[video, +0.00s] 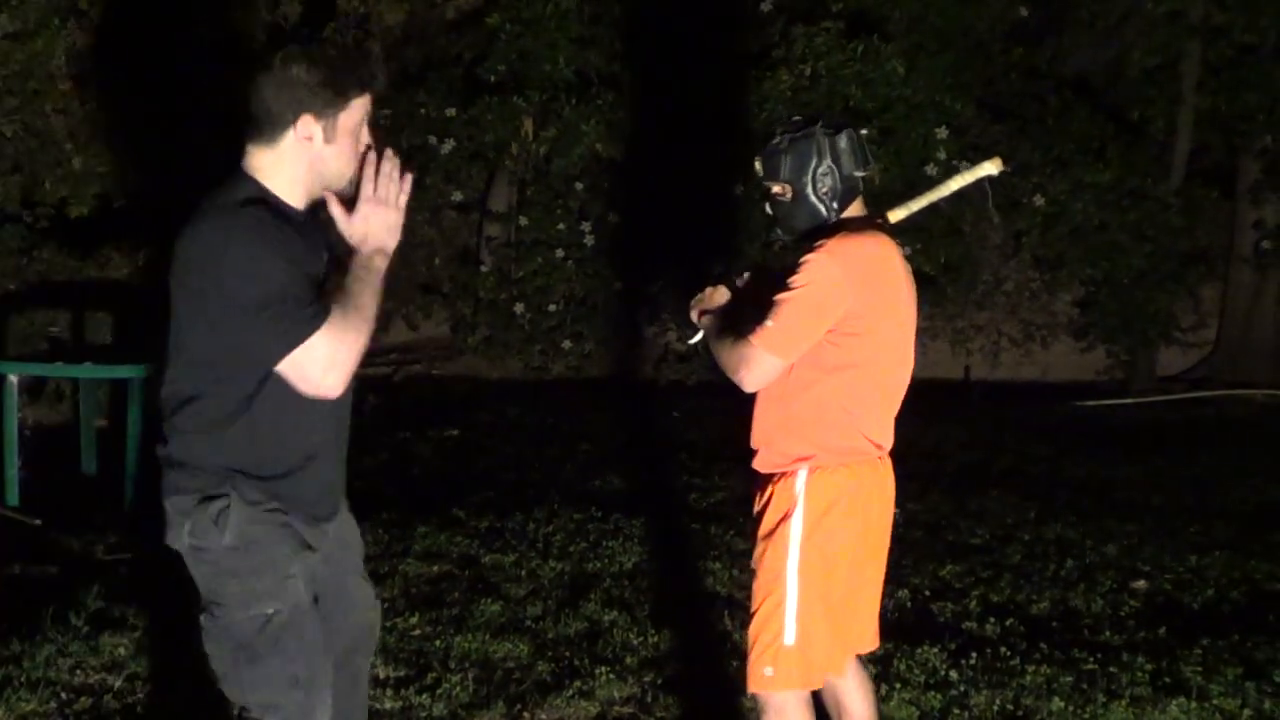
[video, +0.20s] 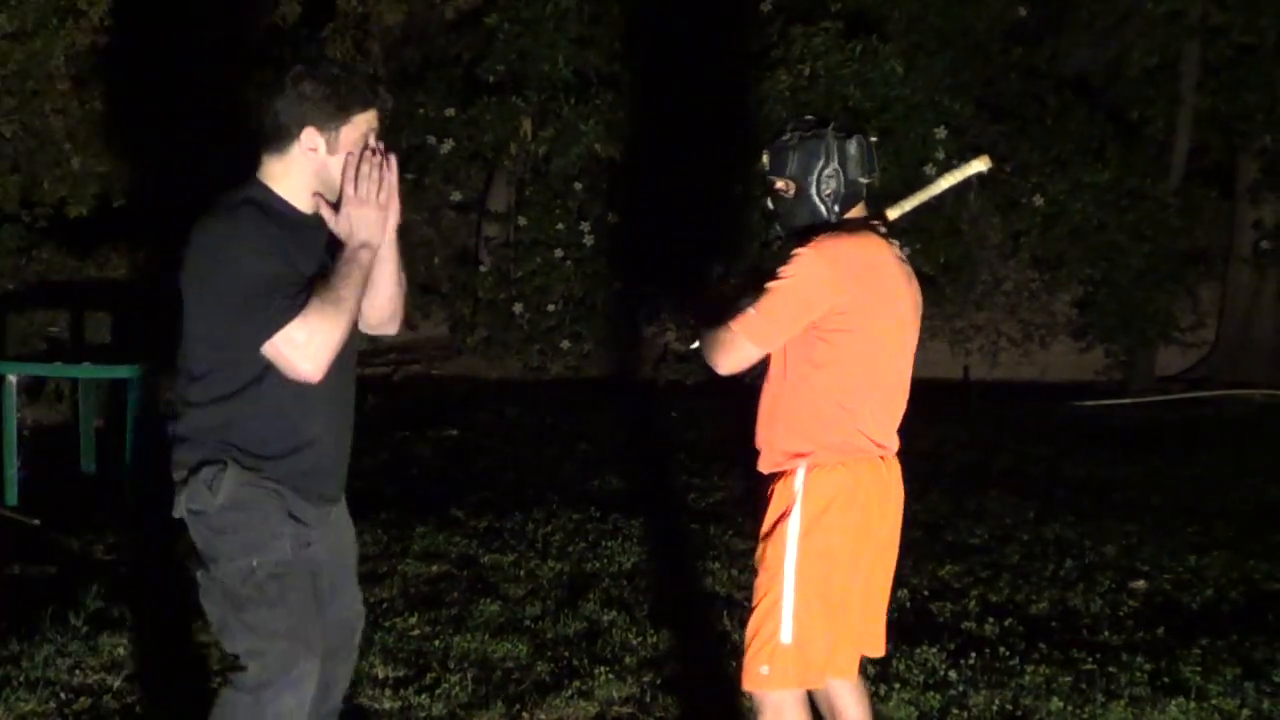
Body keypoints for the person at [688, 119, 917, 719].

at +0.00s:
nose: (775, 206)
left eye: (782, 192)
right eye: (772, 192)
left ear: (820, 188)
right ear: (840, 185)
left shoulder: (836, 262)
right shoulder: (881, 257)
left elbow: (750, 369)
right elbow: (815, 343)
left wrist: (714, 323)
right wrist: (742, 308)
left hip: (815, 487)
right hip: (857, 482)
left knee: (777, 680)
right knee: (835, 661)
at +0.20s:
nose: (777, 198)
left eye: (786, 184)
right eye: (776, 183)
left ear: (821, 185)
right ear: (850, 186)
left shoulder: (825, 261)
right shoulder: (895, 268)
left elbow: (728, 354)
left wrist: (705, 329)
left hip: (818, 487)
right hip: (873, 485)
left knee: (773, 680)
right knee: (835, 670)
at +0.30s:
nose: (774, 198)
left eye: (781, 186)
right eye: (774, 185)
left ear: (812, 190)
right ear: (853, 192)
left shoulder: (799, 263)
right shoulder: (903, 276)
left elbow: (699, 330)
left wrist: (756, 281)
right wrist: (875, 250)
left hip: (815, 492)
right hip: (878, 488)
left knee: (755, 679)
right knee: (832, 673)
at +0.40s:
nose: (764, 201)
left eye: (770, 191)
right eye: (765, 189)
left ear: (791, 199)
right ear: (846, 197)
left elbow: (697, 309)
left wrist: (765, 277)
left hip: (804, 500)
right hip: (871, 494)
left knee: (727, 679)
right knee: (819, 665)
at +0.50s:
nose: (747, 202)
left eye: (753, 192)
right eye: (750, 190)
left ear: (773, 202)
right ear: (828, 200)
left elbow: (694, 322)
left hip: (789, 502)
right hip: (854, 496)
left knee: (696, 676)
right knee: (808, 663)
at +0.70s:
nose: (693, 211)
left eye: (700, 199)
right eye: (695, 197)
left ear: (727, 207)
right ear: (771, 206)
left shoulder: (748, 290)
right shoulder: (799, 283)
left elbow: (642, 384)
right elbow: (684, 344)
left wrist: (593, 338)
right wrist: (618, 305)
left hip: (756, 513)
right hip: (804, 504)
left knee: (649, 678)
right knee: (787, 680)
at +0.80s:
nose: (675, 216)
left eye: (684, 205)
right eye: (679, 201)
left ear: (713, 215)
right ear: (748, 211)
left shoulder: (739, 297)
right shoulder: (774, 281)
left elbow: (637, 397)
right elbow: (653, 349)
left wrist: (548, 353)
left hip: (749, 509)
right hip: (787, 500)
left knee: (645, 676)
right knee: (762, 672)